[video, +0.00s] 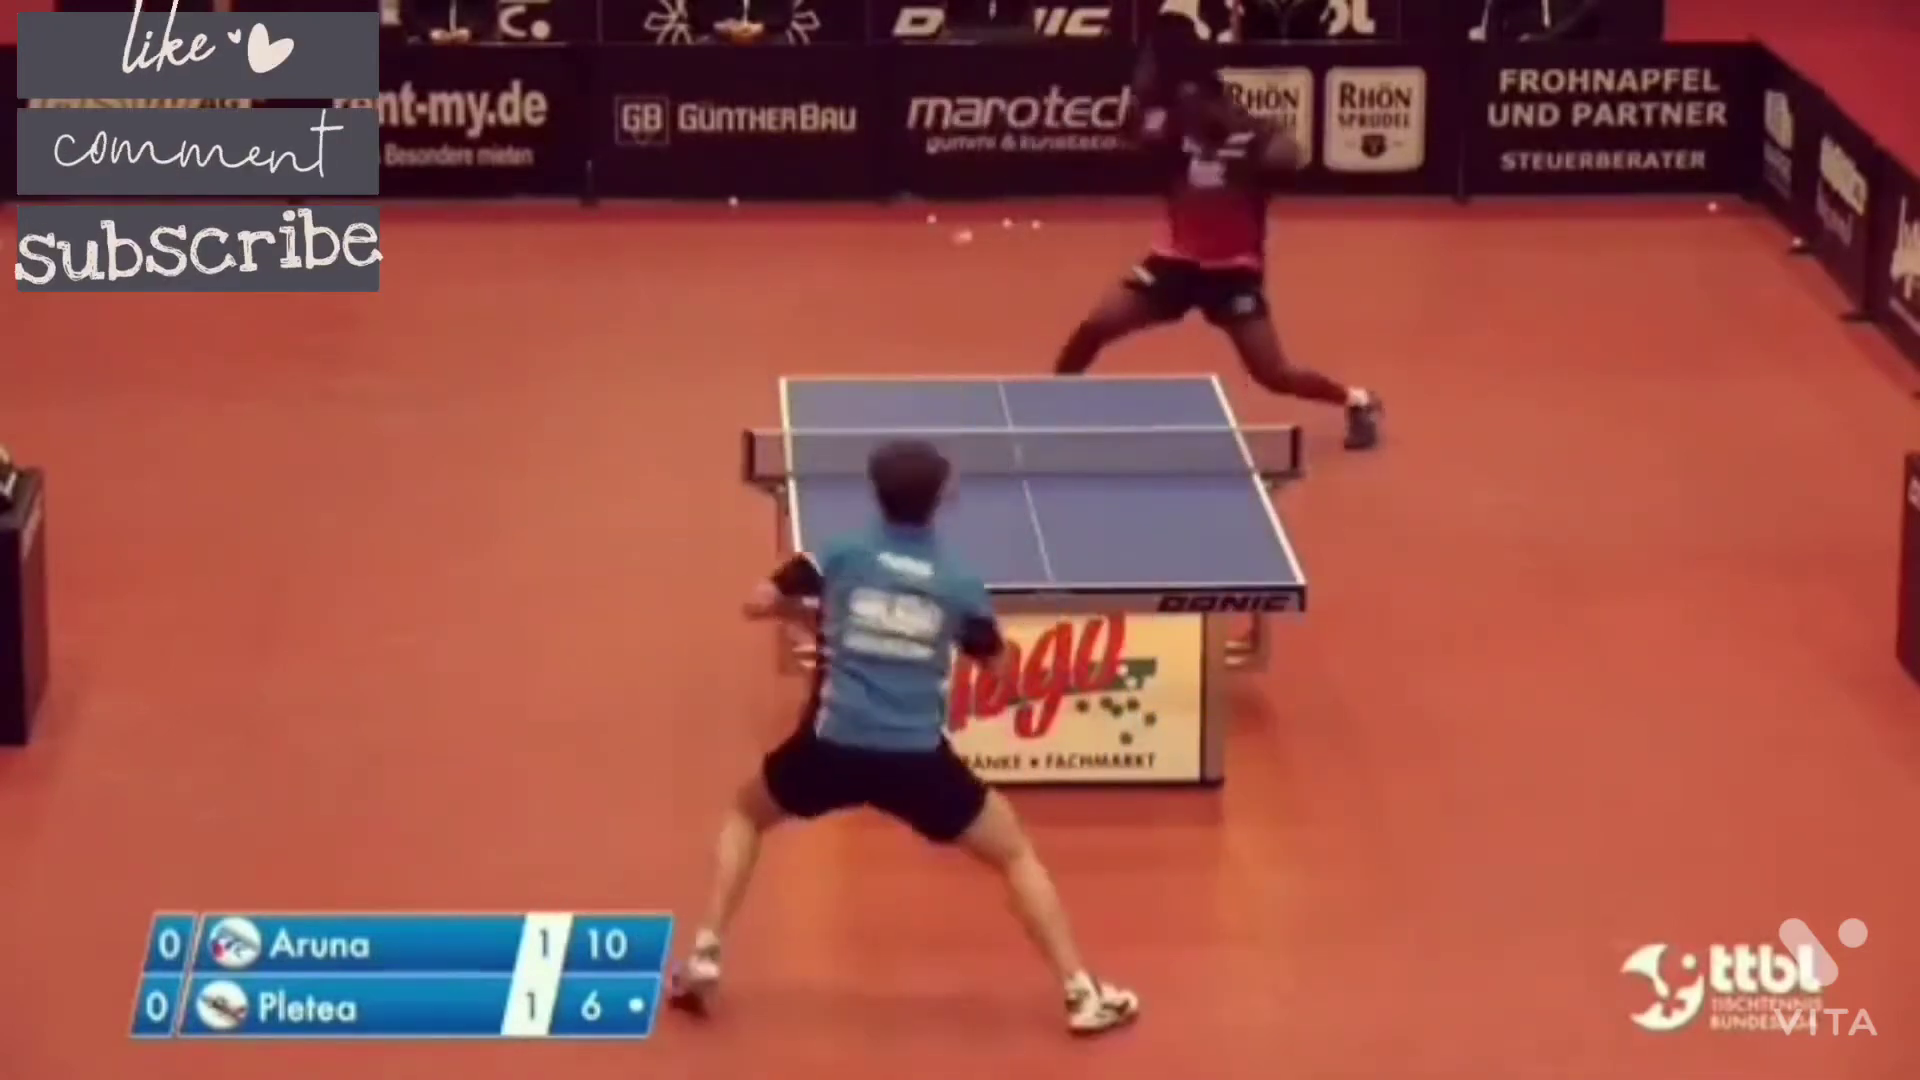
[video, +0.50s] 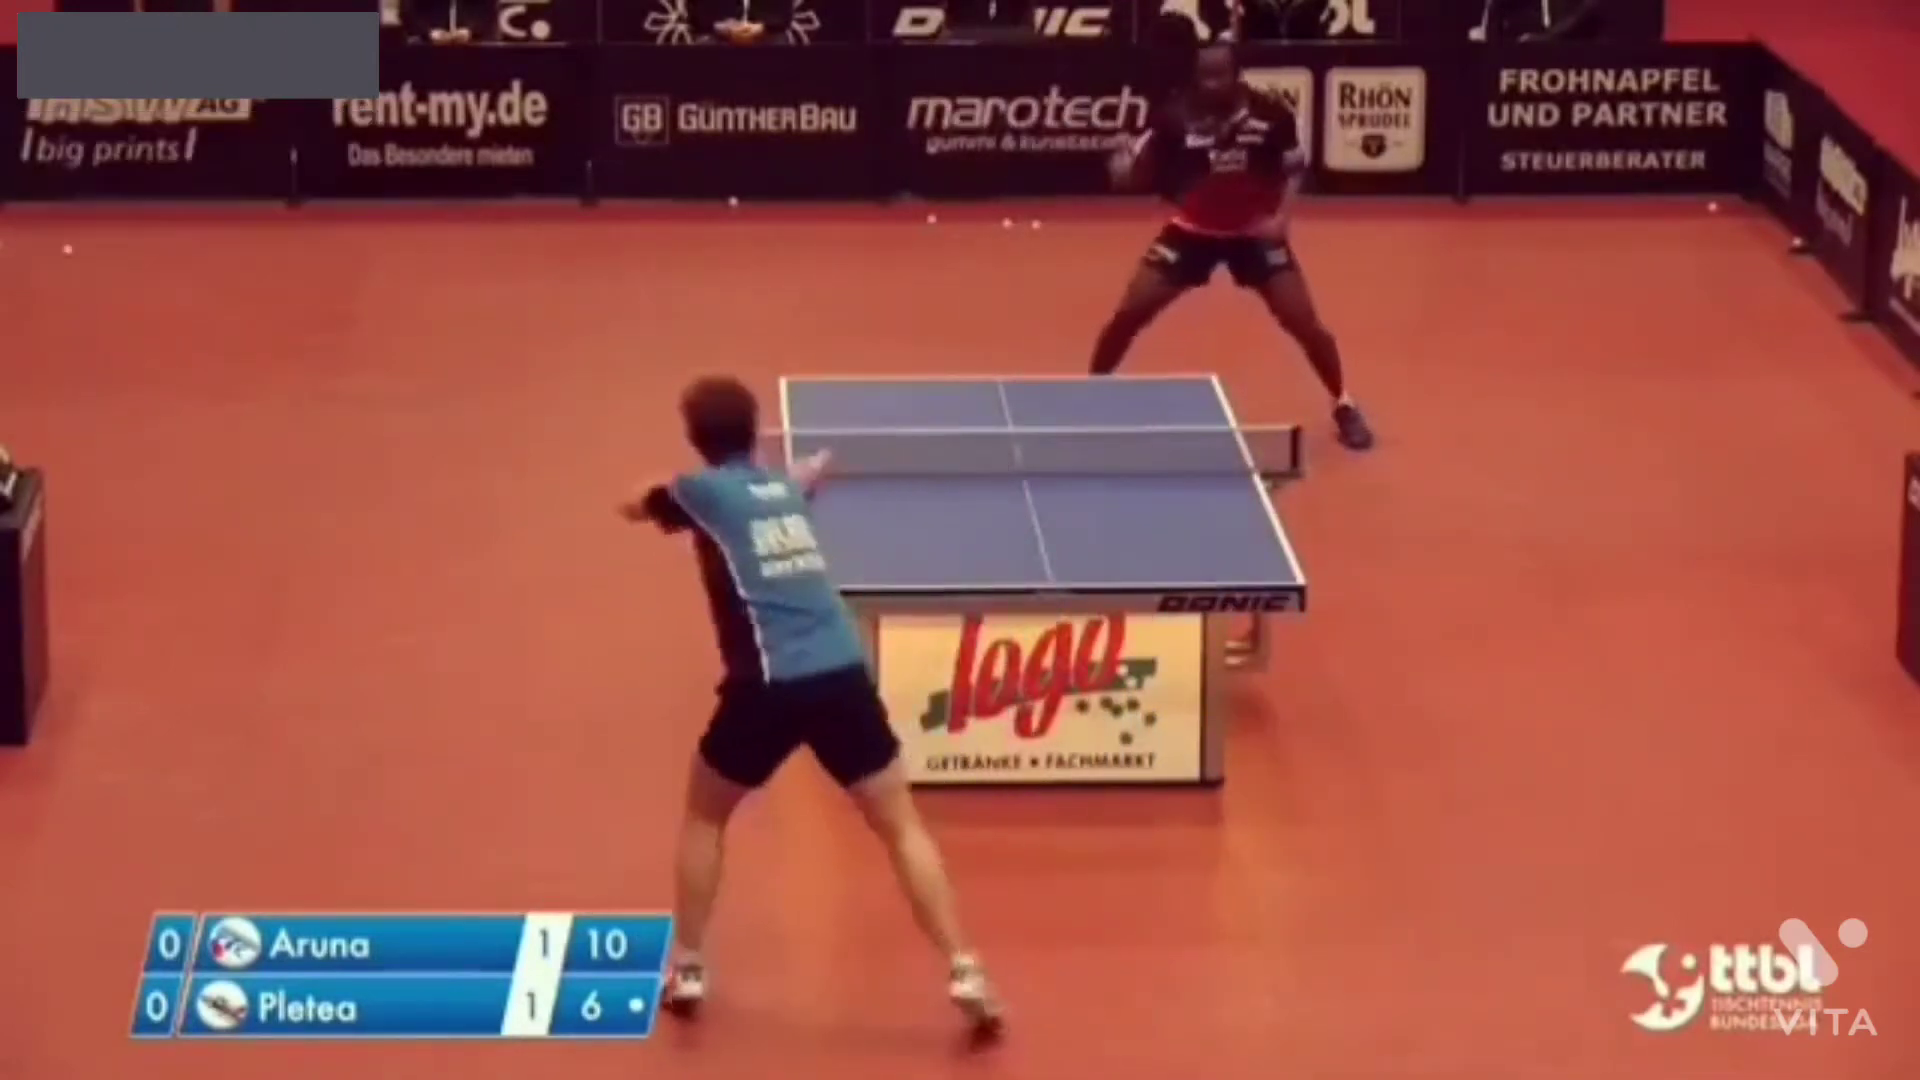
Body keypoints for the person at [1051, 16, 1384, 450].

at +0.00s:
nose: (1186, 113)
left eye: (1191, 103)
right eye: (1182, 105)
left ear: (1213, 100)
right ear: (1179, 106)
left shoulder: (1254, 143)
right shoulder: (1177, 139)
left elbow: (1291, 159)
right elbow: (1131, 138)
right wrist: (1141, 90)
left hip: (1233, 276)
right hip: (1175, 269)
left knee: (1273, 376)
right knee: (1093, 327)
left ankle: (1356, 401)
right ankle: (1051, 403)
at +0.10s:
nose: (1219, 98)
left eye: (1229, 90)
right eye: (1215, 89)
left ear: (1252, 96)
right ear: (1206, 92)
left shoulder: (1277, 137)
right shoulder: (1189, 119)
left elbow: (1339, 152)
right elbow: (1149, 71)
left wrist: (1332, 93)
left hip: (1233, 262)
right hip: (1169, 252)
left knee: (1276, 359)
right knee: (1098, 325)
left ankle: (1350, 404)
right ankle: (1053, 404)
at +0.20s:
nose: (1243, 87)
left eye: (1253, 80)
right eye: (1238, 78)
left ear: (1274, 84)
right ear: (1228, 77)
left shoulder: (1292, 133)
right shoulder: (1206, 105)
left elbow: (1307, 183)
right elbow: (1154, 80)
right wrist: (1167, 23)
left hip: (1244, 248)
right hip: (1180, 239)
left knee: (1286, 343)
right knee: (1110, 318)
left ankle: (1341, 410)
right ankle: (1088, 400)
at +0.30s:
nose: (1239, 90)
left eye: (1248, 82)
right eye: (1236, 80)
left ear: (1270, 84)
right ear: (1228, 79)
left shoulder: (1296, 133)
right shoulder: (1205, 110)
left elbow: (1306, 197)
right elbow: (1146, 111)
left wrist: (1318, 212)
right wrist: (1154, 50)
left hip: (1256, 251)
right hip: (1190, 245)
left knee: (1307, 340)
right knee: (1124, 324)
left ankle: (1349, 411)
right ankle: (1096, 405)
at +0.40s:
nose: (1230, 79)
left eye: (1237, 70)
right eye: (1223, 71)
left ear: (1250, 71)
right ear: (1211, 73)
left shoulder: (1280, 117)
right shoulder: (1192, 112)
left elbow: (1298, 178)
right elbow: (1143, 145)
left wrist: (1285, 223)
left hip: (1260, 242)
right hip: (1194, 238)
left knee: (1310, 333)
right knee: (1128, 317)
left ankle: (1349, 409)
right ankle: (1096, 399)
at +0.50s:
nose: (1213, 84)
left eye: (1221, 74)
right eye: (1205, 75)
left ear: (1237, 73)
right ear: (1194, 76)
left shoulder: (1272, 116)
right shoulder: (1176, 119)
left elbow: (1294, 173)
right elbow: (1141, 179)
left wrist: (1281, 219)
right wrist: (1126, 166)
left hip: (1256, 235)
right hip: (1188, 234)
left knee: (1305, 324)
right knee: (1129, 314)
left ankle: (1343, 405)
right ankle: (1093, 394)